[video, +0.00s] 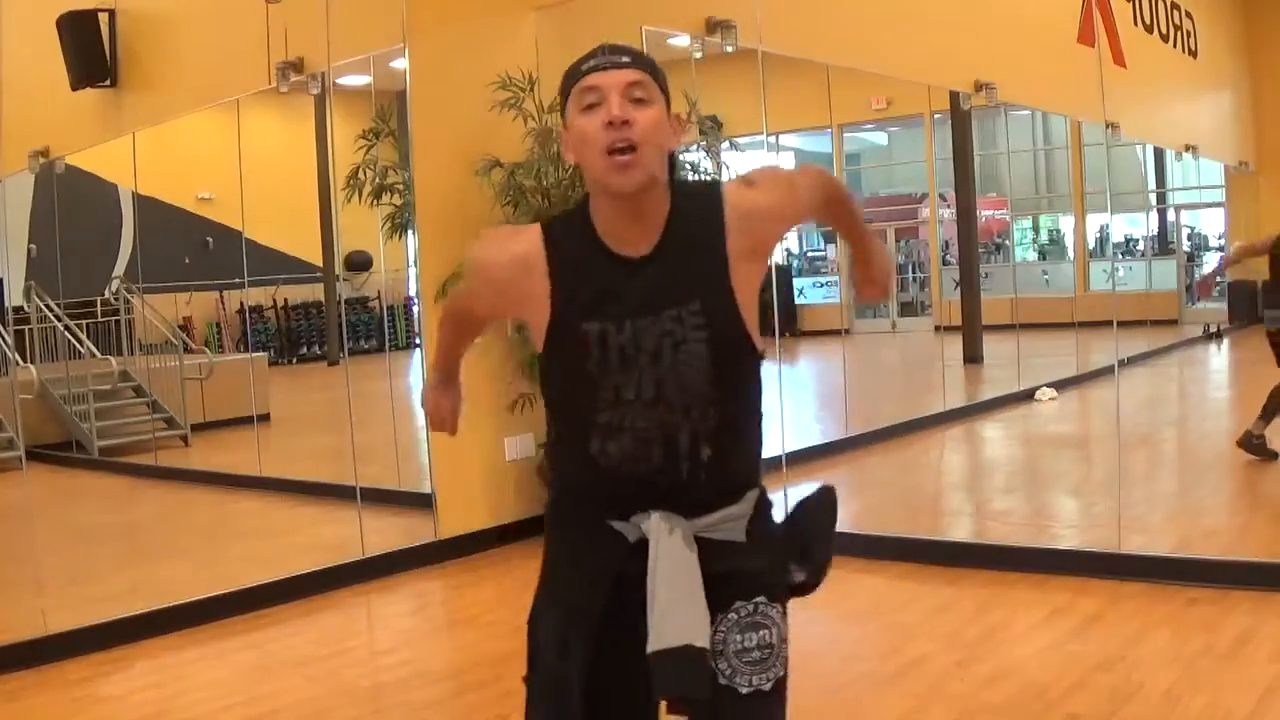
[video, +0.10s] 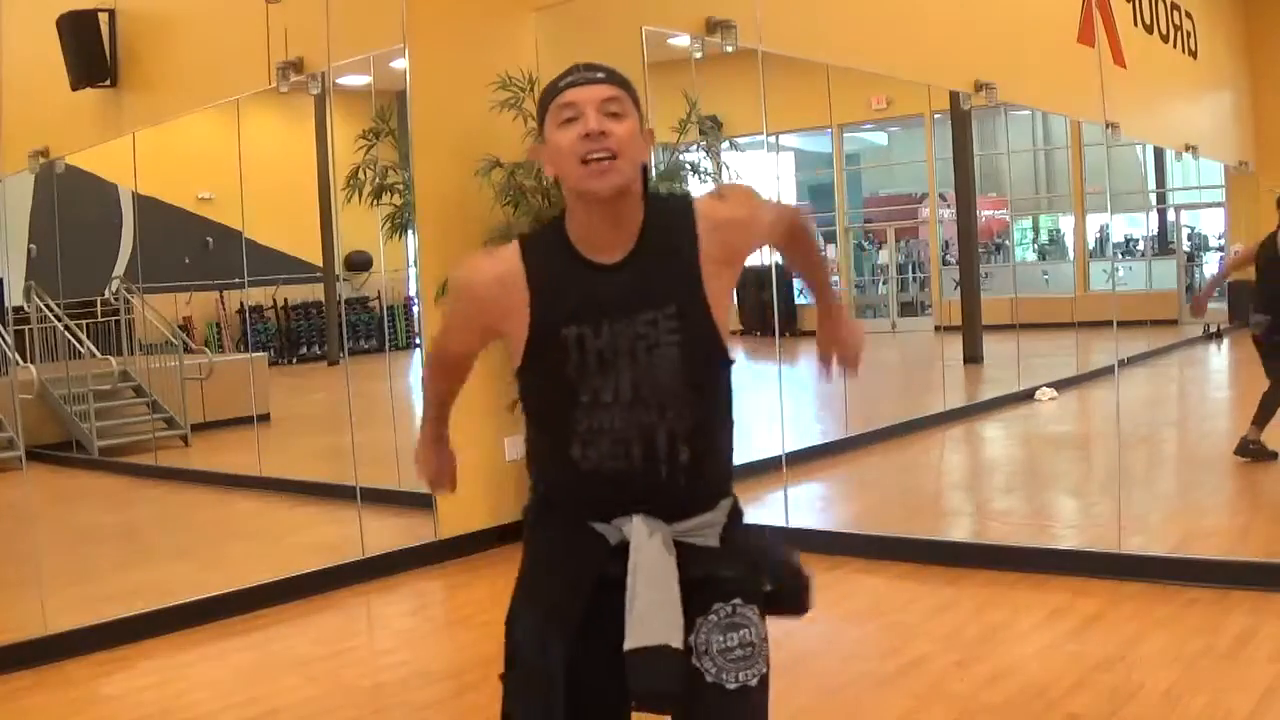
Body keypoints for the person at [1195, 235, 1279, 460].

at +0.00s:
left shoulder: (1276, 242)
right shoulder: (1276, 241)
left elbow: (1244, 250)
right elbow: (1244, 250)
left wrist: (1213, 273)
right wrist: (1214, 273)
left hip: (1274, 326)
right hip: (1276, 326)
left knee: (1279, 385)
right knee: (1279, 385)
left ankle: (1255, 432)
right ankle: (1255, 432)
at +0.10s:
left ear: (1277, 211)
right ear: (1276, 211)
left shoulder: (1268, 243)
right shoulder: (1269, 242)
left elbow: (1230, 265)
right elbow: (1230, 265)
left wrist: (1203, 295)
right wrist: (1204, 295)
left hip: (1263, 326)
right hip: (1269, 327)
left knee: (1276, 383)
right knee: (1276, 383)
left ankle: (1252, 437)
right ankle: (1252, 437)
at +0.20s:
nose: (1278, 214)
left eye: (1273, 208)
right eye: (1277, 208)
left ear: (1265, 212)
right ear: (1276, 212)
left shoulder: (1252, 244)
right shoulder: (1273, 242)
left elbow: (1232, 287)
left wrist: (1220, 324)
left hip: (1255, 325)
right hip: (1270, 327)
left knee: (1271, 385)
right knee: (1272, 385)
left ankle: (1251, 439)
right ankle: (1250, 440)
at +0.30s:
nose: (1276, 213)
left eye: (1275, 208)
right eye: (1274, 208)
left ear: (1250, 210)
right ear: (1263, 210)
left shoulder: (1238, 241)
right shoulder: (1268, 240)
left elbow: (1222, 286)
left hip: (1243, 323)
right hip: (1263, 323)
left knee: (1269, 380)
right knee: (1271, 379)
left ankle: (1249, 441)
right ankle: (1249, 441)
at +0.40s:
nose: (1265, 198)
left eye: (1262, 193)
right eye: (1262, 194)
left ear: (1237, 198)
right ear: (1254, 197)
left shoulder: (1225, 231)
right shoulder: (1262, 227)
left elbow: (1205, 260)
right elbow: (1278, 249)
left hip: (1227, 313)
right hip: (1252, 313)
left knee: (1252, 372)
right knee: (1271, 368)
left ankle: (1249, 435)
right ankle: (1254, 434)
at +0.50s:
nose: (1254, 188)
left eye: (1252, 183)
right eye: (1251, 184)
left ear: (1224, 189)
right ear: (1244, 188)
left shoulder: (1209, 220)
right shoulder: (1256, 218)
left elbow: (1185, 253)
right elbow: (1279, 230)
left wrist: (1211, 253)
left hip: (1205, 308)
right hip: (1233, 306)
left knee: (1230, 369)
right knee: (1256, 368)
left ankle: (1242, 431)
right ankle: (1212, 421)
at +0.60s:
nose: (1242, 193)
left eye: (1240, 187)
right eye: (1239, 188)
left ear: (1211, 194)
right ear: (1231, 192)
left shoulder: (1194, 228)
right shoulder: (1246, 224)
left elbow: (1175, 266)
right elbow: (1273, 246)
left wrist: (1201, 275)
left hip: (1191, 310)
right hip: (1222, 311)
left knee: (1204, 372)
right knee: (1221, 378)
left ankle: (1210, 434)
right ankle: (1184, 441)